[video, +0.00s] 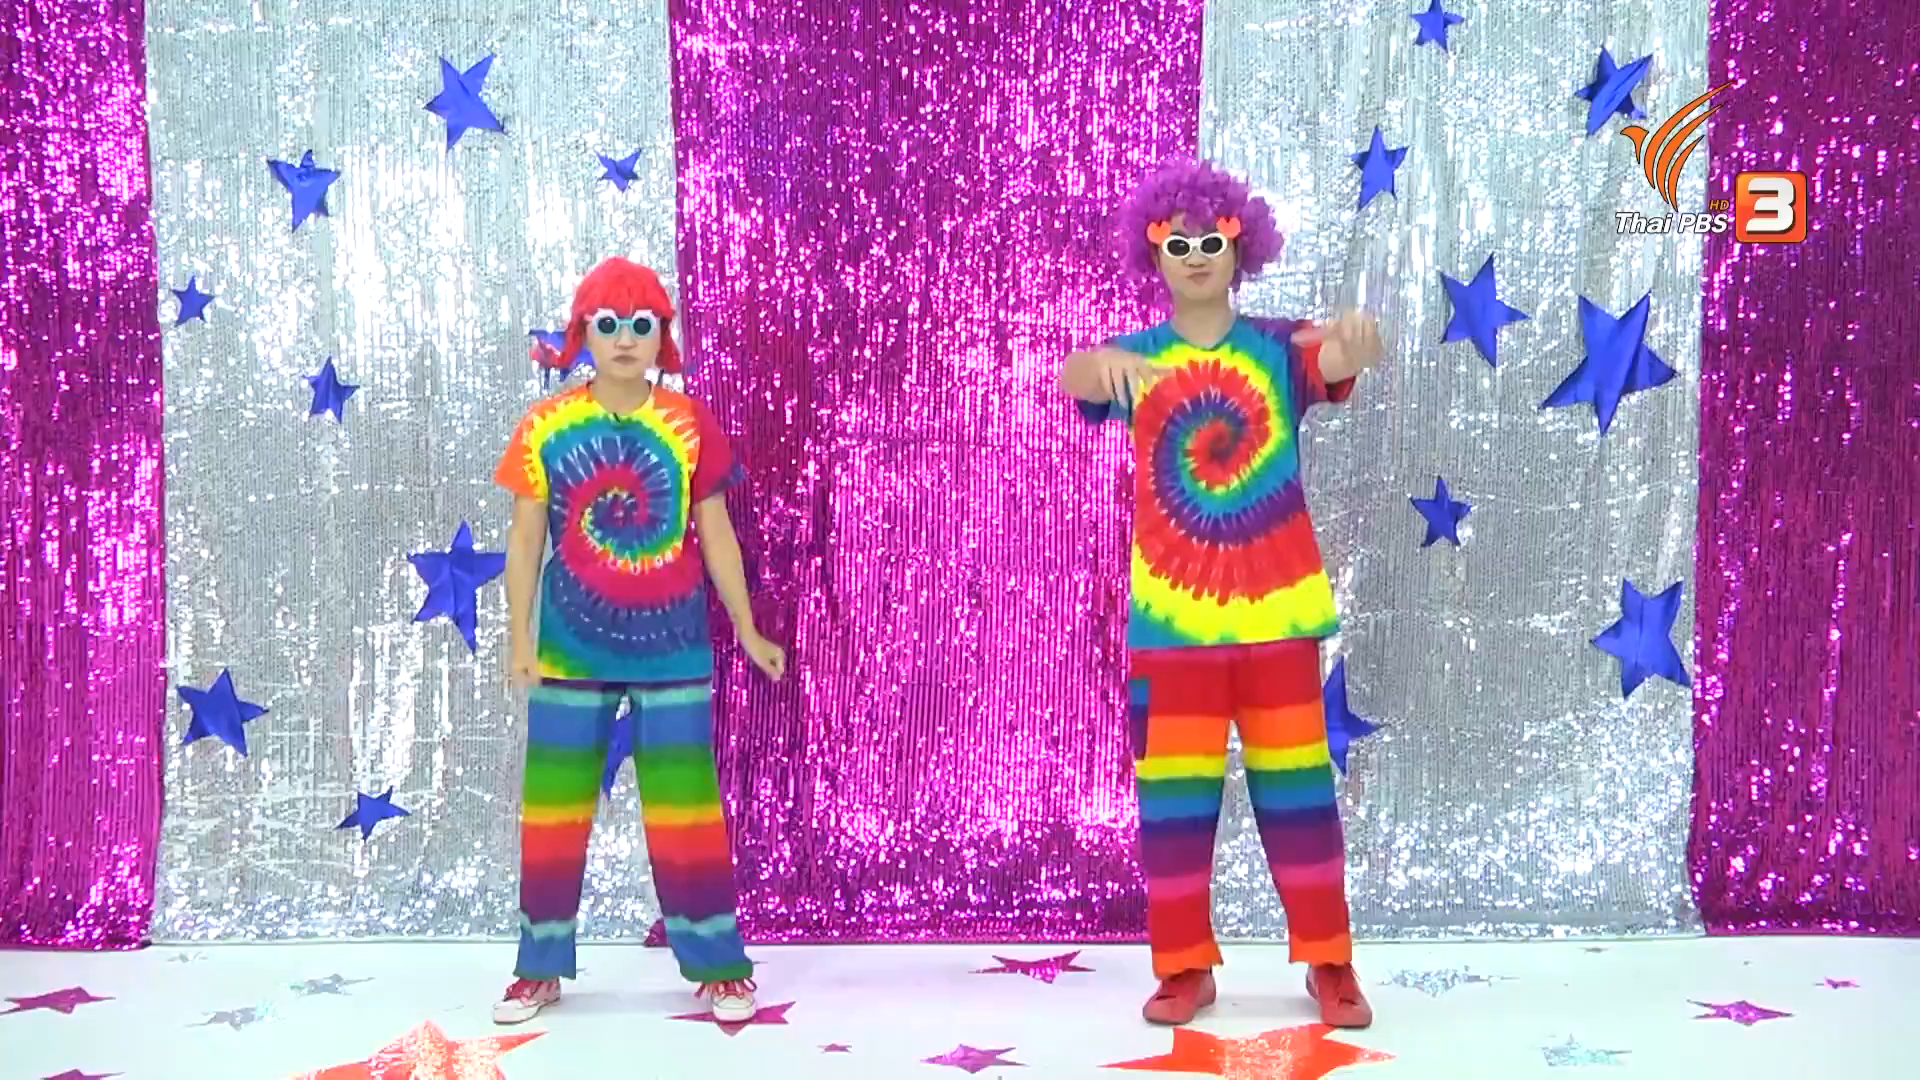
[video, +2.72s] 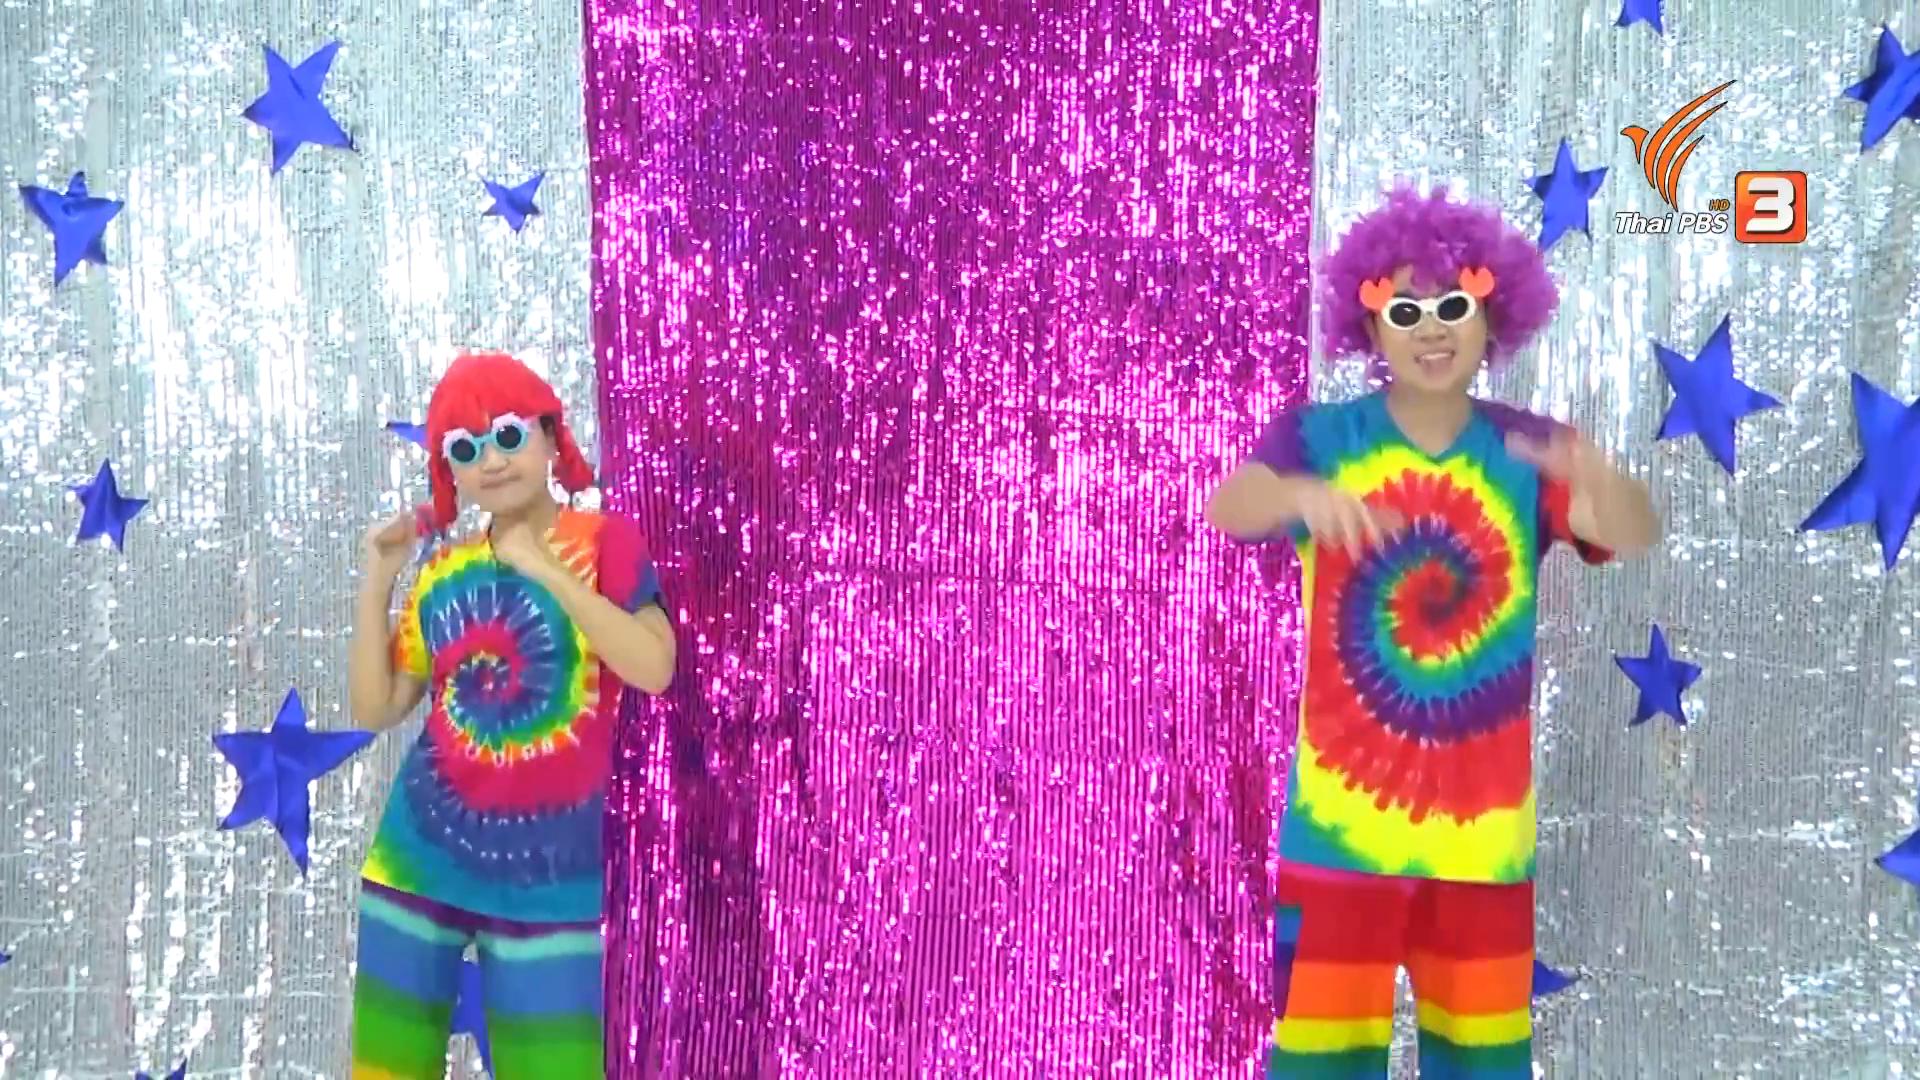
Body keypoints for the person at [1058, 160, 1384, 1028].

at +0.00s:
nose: (1196, 251)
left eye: (1212, 236)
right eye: (1178, 239)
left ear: (1240, 253)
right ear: (1155, 261)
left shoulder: (1279, 345)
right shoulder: (1139, 354)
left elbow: (1343, 362)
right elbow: (1079, 379)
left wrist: (1354, 328)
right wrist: (1093, 368)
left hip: (1280, 609)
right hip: (1173, 616)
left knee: (1300, 789)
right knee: (1176, 796)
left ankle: (1330, 963)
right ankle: (1184, 969)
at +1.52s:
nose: (1326, 252)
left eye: (1345, 235)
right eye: (1305, 236)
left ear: (1374, 253)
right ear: (1276, 256)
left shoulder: (1406, 361)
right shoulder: (1247, 354)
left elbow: (1484, 400)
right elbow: (1184, 371)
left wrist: (1493, 350)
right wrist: (1234, 355)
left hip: (1380, 671)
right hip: (1261, 669)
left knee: (1384, 888)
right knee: (1246, 889)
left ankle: (1384, 1070)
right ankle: (1243, 1070)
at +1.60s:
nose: (1352, 269)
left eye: (1372, 250)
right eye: (1330, 252)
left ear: (1401, 268)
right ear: (1299, 271)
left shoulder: (1433, 377)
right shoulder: (1261, 367)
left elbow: (1510, 433)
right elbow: (1209, 408)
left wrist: (1510, 431)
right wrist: (1275, 424)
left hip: (1398, 697)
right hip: (1276, 694)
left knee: (1402, 903)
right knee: (1245, 903)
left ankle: (1397, 1068)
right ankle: (1246, 1069)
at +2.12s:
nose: (1326, 291)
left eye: (1348, 272)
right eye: (1304, 273)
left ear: (1381, 292)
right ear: (1273, 295)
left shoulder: (1429, 404)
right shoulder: (1236, 406)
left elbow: (1513, 457)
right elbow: (1161, 463)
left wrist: (1473, 407)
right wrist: (1162, 445)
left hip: (1406, 751)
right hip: (1271, 753)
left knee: (1424, 987)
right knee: (1268, 995)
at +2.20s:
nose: (1311, 318)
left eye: (1333, 298)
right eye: (1288, 300)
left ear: (1366, 317)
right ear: (1256, 321)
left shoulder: (1422, 425)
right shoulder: (1223, 437)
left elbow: (1501, 494)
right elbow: (1159, 499)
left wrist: (1452, 492)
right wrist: (1143, 523)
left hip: (1402, 791)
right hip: (1264, 794)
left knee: (1428, 1021)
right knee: (1256, 1031)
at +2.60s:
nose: (1389, 313)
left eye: (1410, 292)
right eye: (1364, 295)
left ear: (1444, 310)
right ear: (1330, 317)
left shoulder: (1490, 431)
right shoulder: (1291, 433)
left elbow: (1596, 469)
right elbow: (1184, 473)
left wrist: (1571, 404)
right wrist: (1220, 443)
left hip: (1461, 801)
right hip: (1322, 801)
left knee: (1474, 1042)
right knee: (1312, 1040)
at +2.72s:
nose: (1431, 330)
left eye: (1452, 308)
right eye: (1406, 312)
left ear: (1489, 324)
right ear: (1373, 330)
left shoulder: (1529, 452)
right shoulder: (1322, 439)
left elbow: (1633, 535)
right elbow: (1232, 509)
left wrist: (1595, 471)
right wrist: (1304, 497)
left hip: (1482, 816)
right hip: (1345, 812)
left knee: (1486, 1049)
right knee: (1326, 1047)